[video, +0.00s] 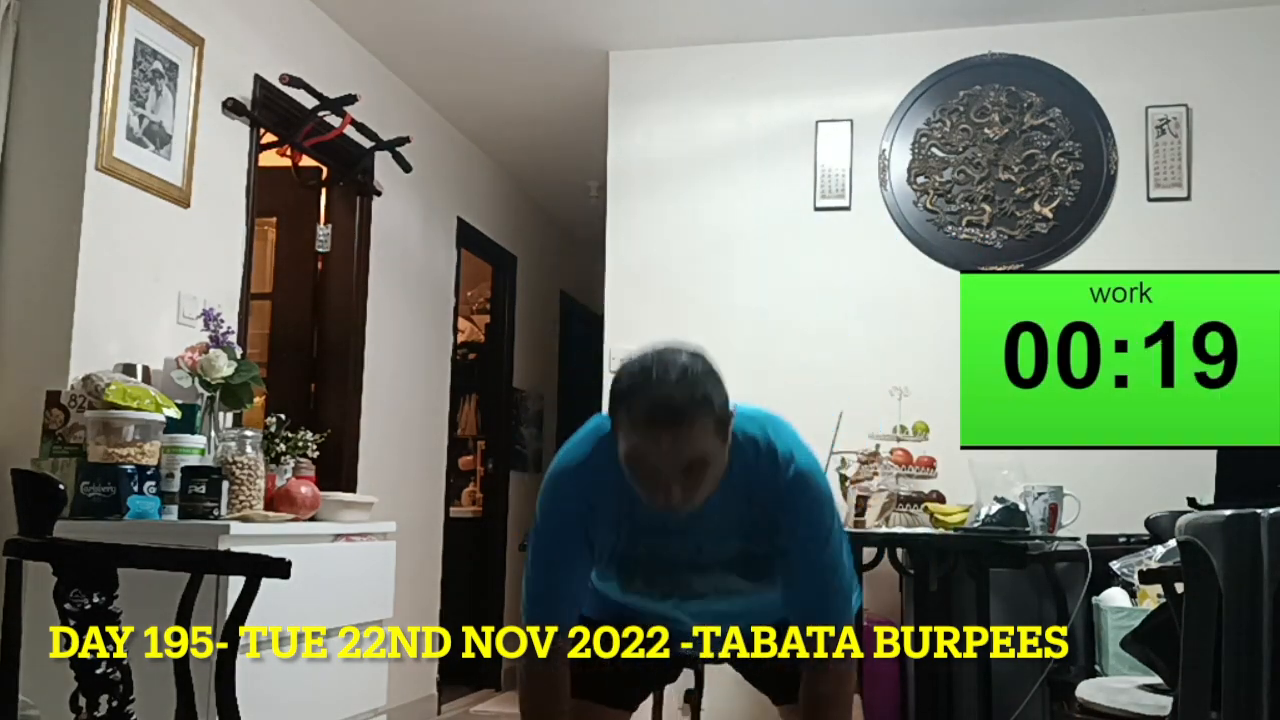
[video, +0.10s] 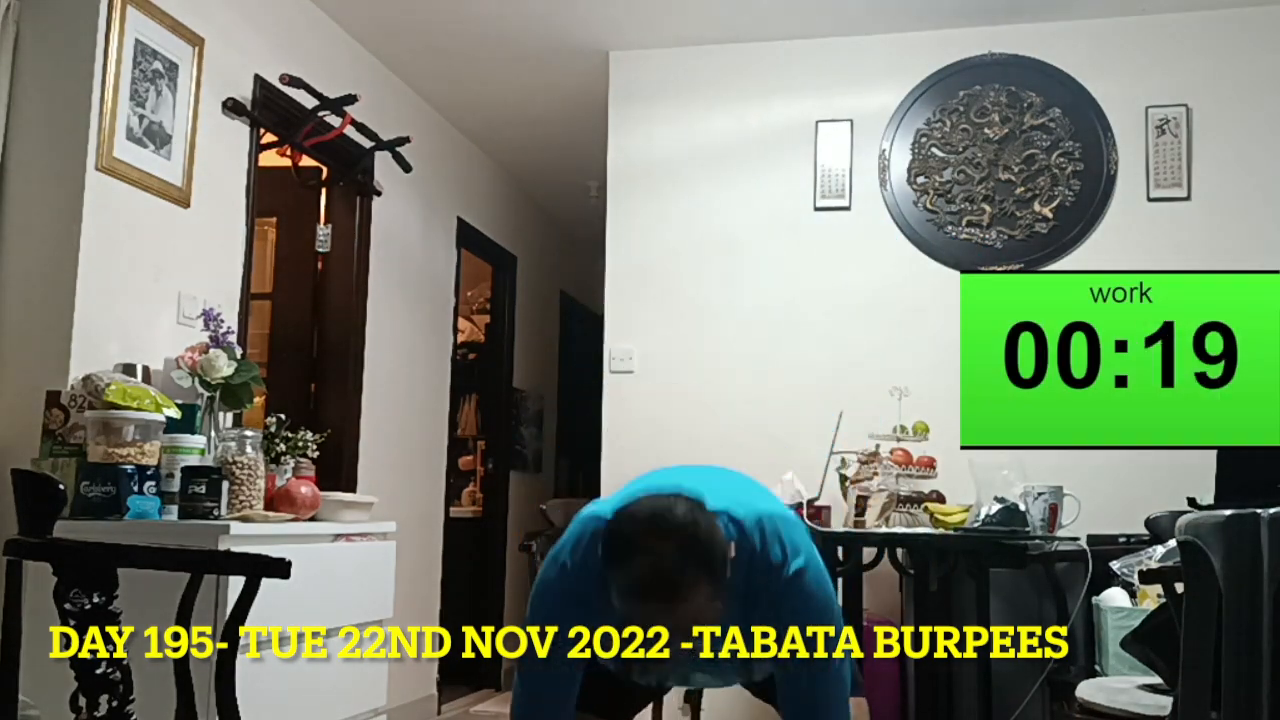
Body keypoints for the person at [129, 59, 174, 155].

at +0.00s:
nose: (156, 81)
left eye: (159, 78)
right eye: (154, 78)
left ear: (164, 80)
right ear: (152, 79)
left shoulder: (167, 96)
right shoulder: (152, 90)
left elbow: (158, 119)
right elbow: (148, 111)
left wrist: (141, 111)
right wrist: (141, 130)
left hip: (165, 132)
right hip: (152, 125)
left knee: (153, 127)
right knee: (139, 118)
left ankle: (157, 148)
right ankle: (149, 145)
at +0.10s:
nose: (156, 81)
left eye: (159, 78)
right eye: (154, 78)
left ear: (164, 80)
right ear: (152, 80)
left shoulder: (166, 96)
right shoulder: (152, 90)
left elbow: (158, 119)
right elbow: (148, 110)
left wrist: (141, 111)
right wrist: (141, 130)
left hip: (165, 133)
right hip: (152, 125)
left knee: (153, 127)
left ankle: (157, 148)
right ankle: (150, 145)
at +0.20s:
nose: (157, 81)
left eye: (159, 78)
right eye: (154, 79)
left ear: (164, 80)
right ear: (152, 80)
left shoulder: (167, 96)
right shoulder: (153, 90)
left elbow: (158, 119)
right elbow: (148, 110)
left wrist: (140, 111)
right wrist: (141, 130)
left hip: (166, 133)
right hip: (152, 125)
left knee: (154, 127)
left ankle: (157, 148)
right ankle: (150, 145)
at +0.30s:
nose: (157, 81)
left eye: (160, 78)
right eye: (154, 79)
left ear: (164, 80)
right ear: (152, 80)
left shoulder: (167, 96)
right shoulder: (153, 90)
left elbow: (158, 119)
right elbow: (148, 110)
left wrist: (141, 112)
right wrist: (141, 130)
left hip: (166, 133)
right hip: (152, 125)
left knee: (154, 127)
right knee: (139, 117)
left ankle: (158, 149)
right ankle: (150, 145)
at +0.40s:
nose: (157, 81)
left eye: (160, 78)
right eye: (154, 79)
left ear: (164, 80)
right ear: (152, 80)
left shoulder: (167, 96)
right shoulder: (153, 90)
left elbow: (158, 119)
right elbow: (148, 110)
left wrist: (141, 112)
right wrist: (141, 130)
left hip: (166, 133)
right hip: (152, 125)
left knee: (154, 127)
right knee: (139, 117)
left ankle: (158, 149)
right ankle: (150, 146)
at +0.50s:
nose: (157, 81)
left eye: (160, 78)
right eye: (154, 79)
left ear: (164, 80)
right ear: (152, 80)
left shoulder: (167, 96)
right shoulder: (153, 90)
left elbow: (158, 119)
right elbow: (148, 110)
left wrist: (141, 111)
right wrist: (141, 130)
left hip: (166, 133)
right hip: (152, 125)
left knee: (154, 127)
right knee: (140, 117)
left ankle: (158, 149)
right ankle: (150, 146)